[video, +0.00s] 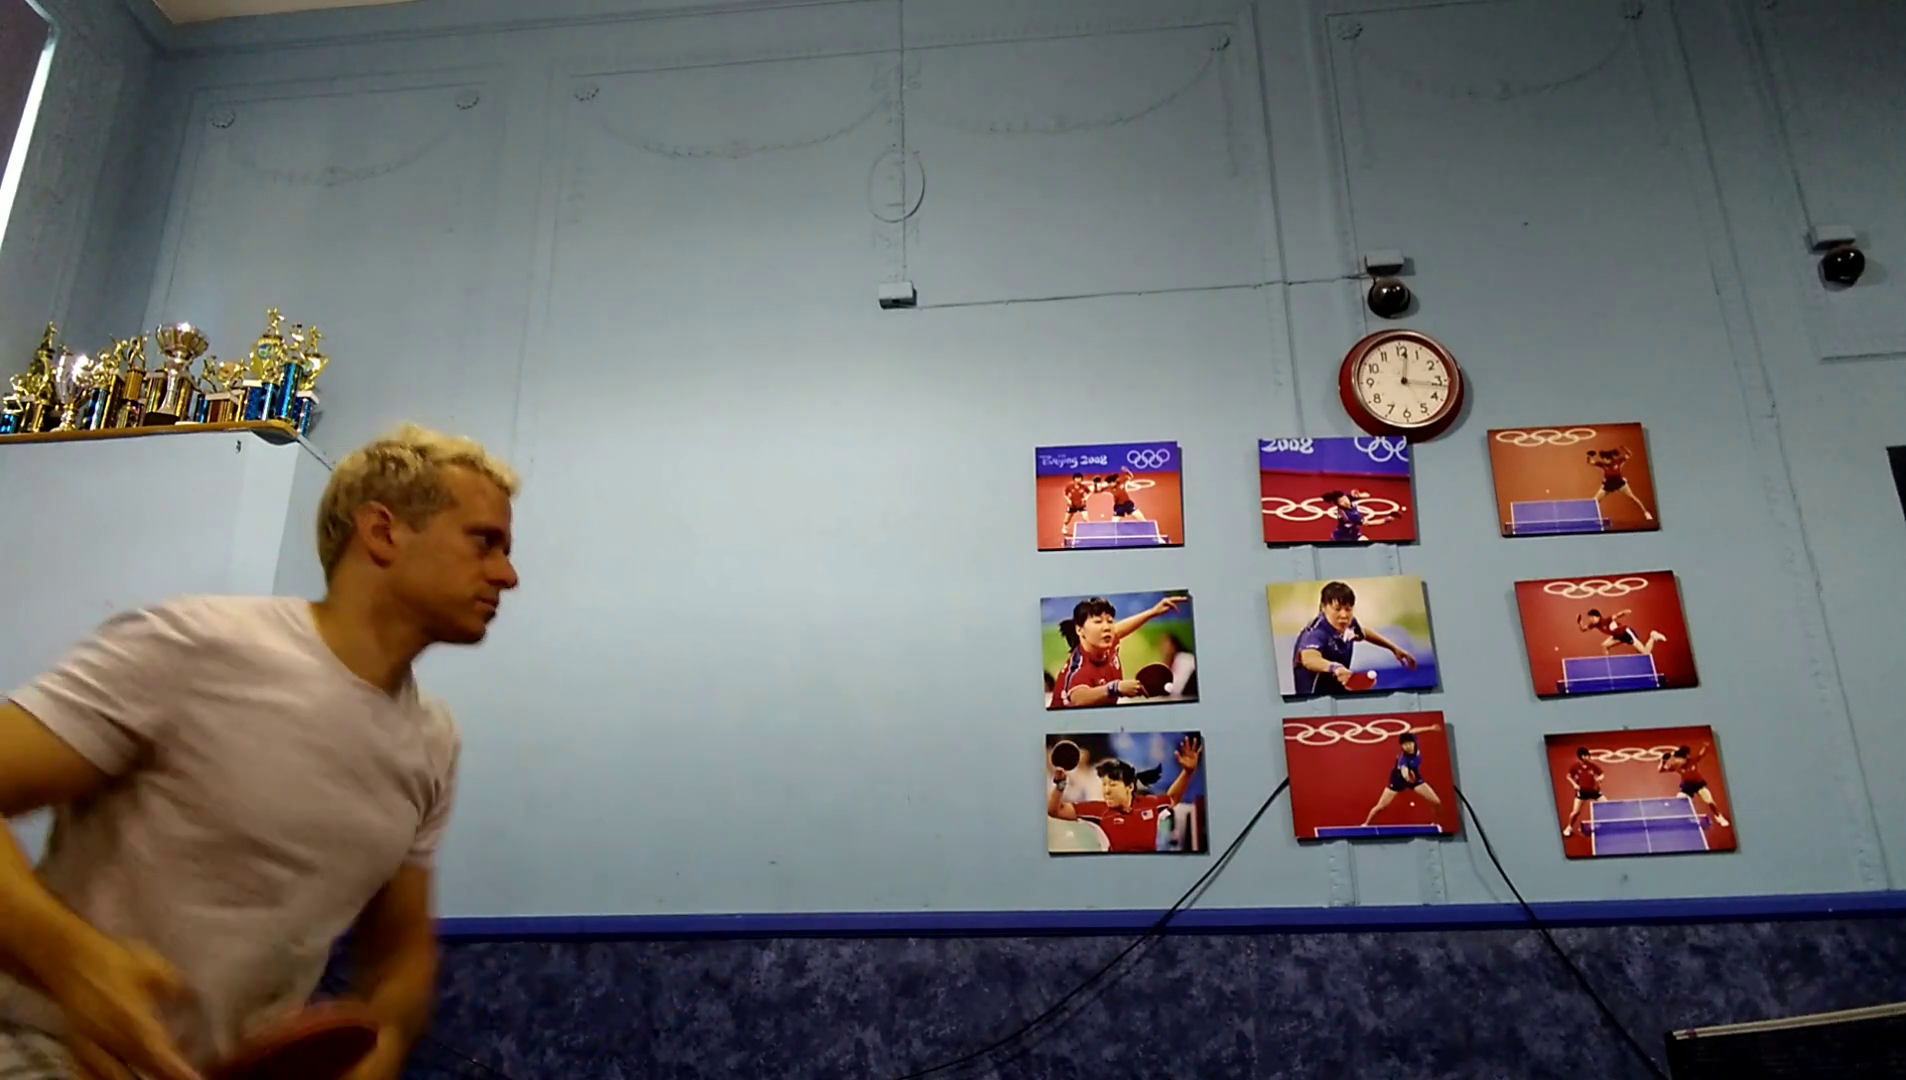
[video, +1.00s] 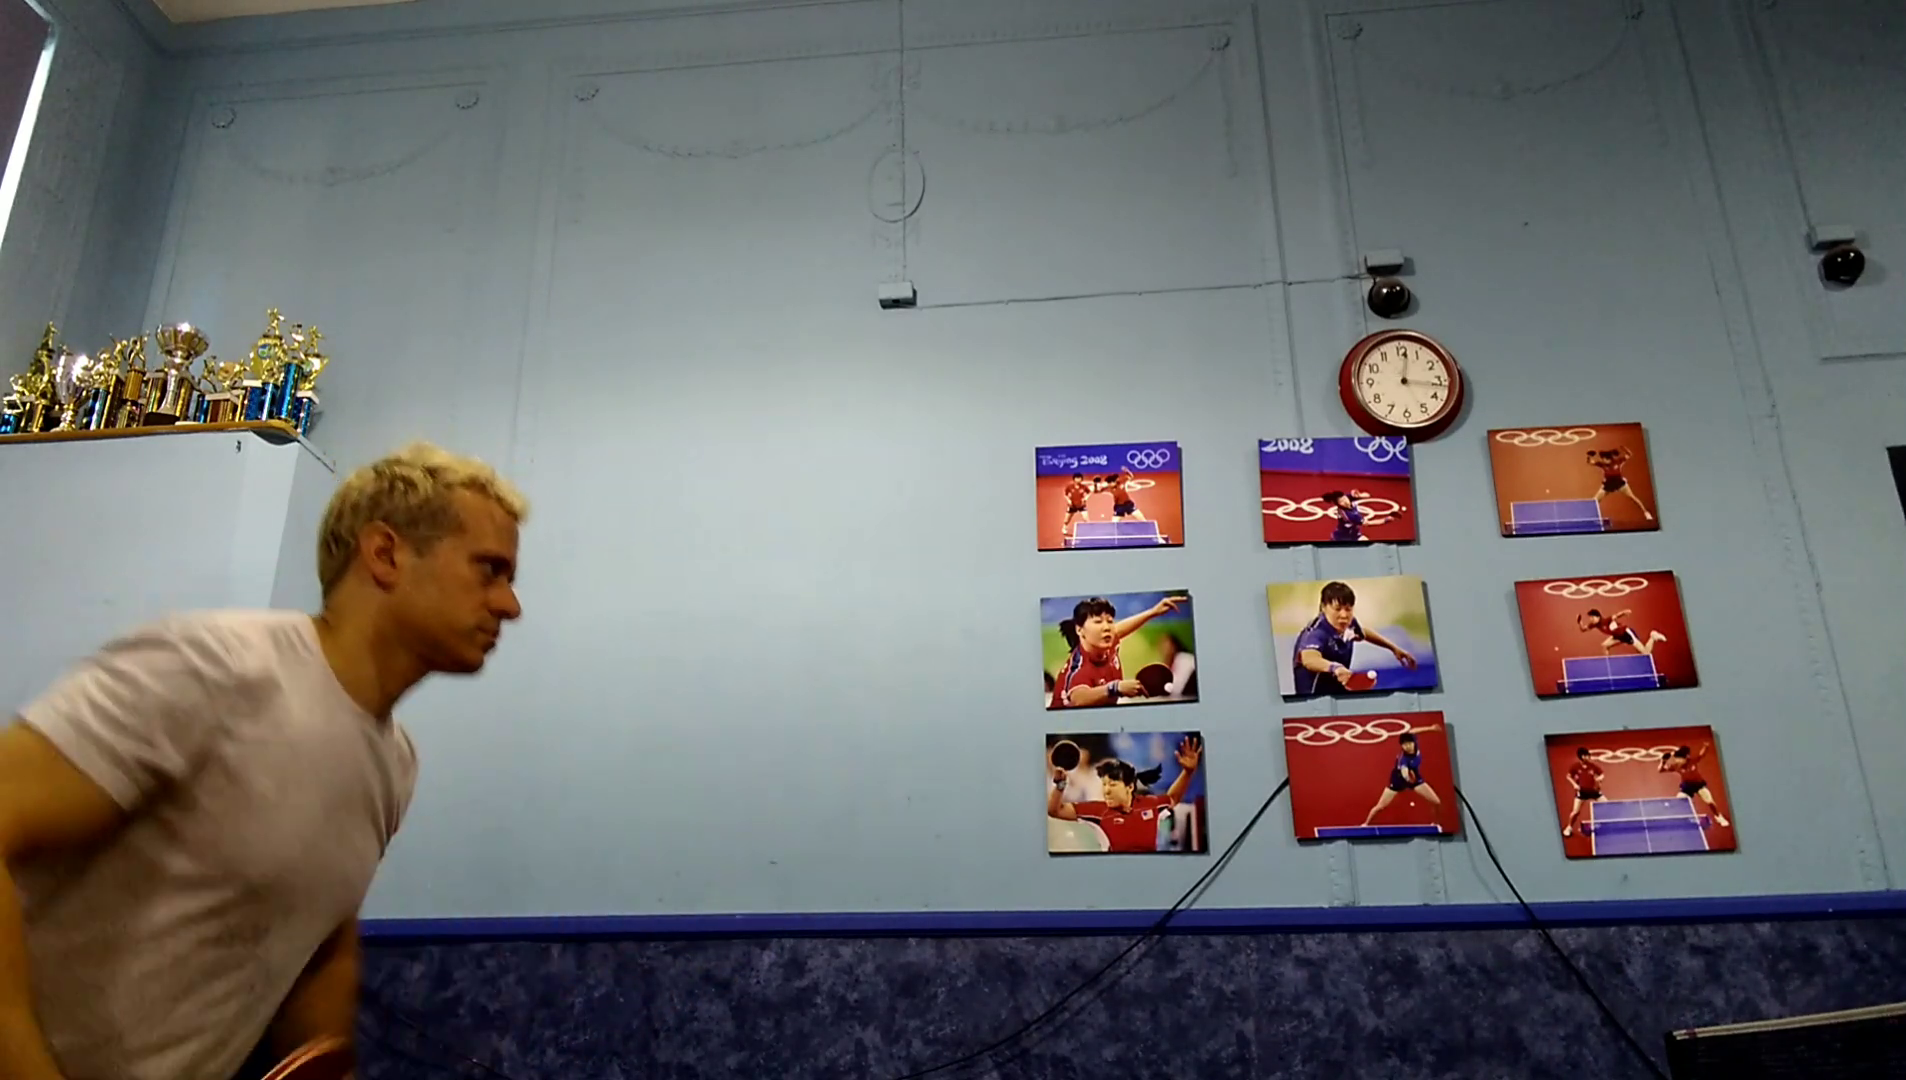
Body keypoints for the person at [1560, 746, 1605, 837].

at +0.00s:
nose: (1587, 758)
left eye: (1588, 755)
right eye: (1585, 755)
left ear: (1589, 756)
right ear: (1581, 757)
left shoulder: (1592, 766)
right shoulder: (1576, 766)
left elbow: (1602, 774)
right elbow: (1568, 776)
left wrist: (1598, 779)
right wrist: (1574, 785)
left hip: (1594, 791)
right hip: (1582, 791)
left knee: (1606, 806)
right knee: (1576, 812)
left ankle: (1607, 826)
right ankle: (1569, 827)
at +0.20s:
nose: (1587, 758)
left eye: (1588, 755)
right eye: (1585, 756)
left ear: (1589, 756)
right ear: (1581, 757)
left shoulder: (1592, 766)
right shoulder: (1576, 766)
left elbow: (1602, 774)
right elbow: (1569, 776)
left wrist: (1598, 779)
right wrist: (1574, 785)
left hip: (1594, 791)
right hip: (1582, 791)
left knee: (1606, 806)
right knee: (1576, 812)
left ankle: (1607, 826)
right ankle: (1569, 827)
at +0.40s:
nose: (1587, 758)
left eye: (1588, 755)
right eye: (1585, 756)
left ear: (1589, 756)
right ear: (1581, 757)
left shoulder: (1592, 766)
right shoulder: (1576, 767)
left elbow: (1602, 774)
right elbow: (1568, 776)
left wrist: (1598, 779)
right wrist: (1574, 785)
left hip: (1594, 791)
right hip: (1582, 791)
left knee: (1606, 806)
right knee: (1576, 811)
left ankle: (1607, 826)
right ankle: (1569, 827)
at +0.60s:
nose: (1587, 758)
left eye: (1588, 755)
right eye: (1585, 756)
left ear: (1589, 756)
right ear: (1581, 757)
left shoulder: (1592, 766)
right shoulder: (1576, 767)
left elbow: (1602, 774)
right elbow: (1568, 776)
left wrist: (1598, 779)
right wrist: (1574, 785)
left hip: (1594, 791)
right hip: (1582, 791)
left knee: (1606, 805)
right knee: (1576, 811)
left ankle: (1607, 826)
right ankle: (1569, 827)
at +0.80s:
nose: (1587, 758)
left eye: (1588, 755)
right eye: (1585, 756)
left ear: (1589, 756)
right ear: (1581, 757)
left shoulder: (1592, 766)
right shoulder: (1576, 767)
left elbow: (1602, 774)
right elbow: (1569, 776)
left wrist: (1598, 779)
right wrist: (1574, 785)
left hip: (1594, 791)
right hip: (1582, 791)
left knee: (1606, 805)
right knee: (1576, 811)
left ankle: (1607, 826)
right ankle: (1569, 827)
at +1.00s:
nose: (1587, 758)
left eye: (1588, 755)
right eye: (1585, 756)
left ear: (1589, 756)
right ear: (1581, 757)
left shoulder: (1592, 766)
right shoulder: (1576, 766)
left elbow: (1602, 774)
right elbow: (1568, 776)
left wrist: (1598, 779)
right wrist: (1574, 785)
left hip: (1594, 791)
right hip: (1582, 791)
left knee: (1606, 805)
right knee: (1576, 812)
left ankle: (1607, 826)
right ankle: (1569, 827)